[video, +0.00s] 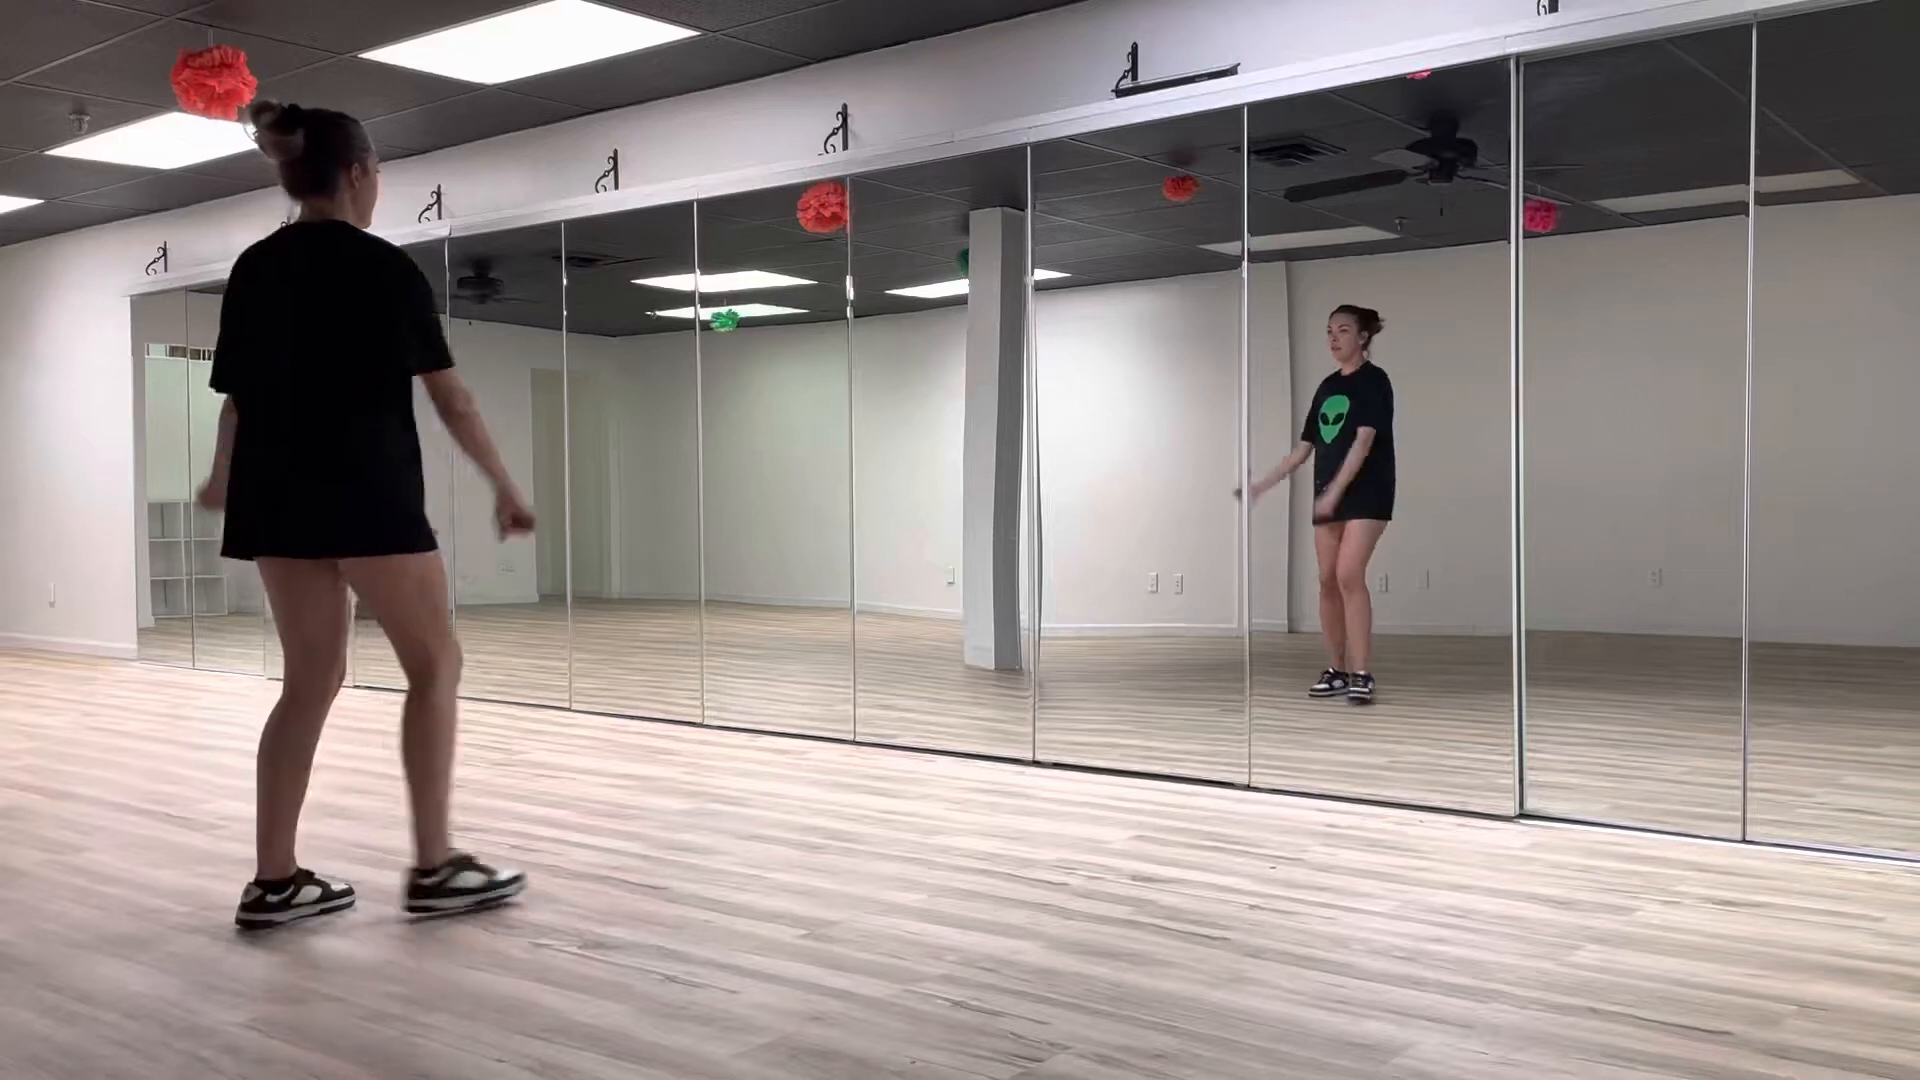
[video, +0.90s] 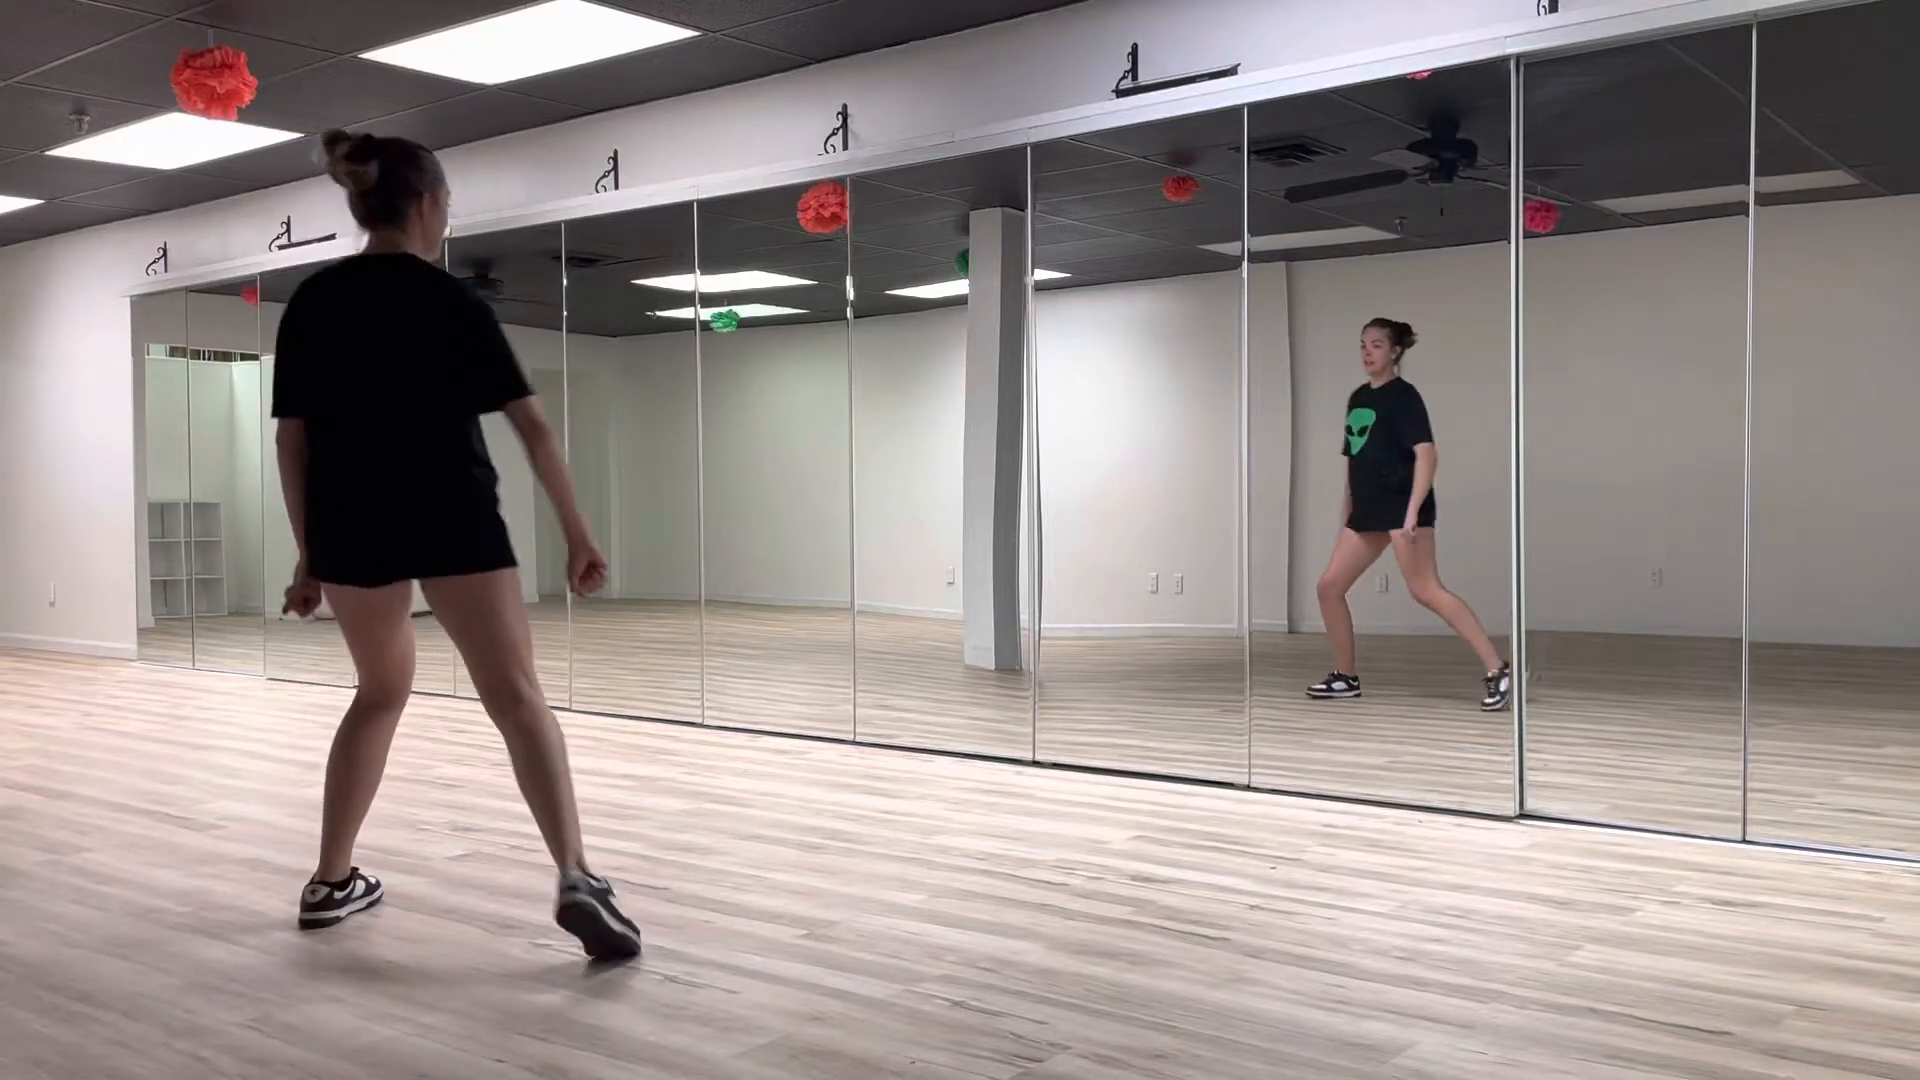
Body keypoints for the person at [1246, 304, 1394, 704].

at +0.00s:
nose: (1335, 338)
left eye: (1343, 331)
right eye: (1331, 332)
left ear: (1363, 336)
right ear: (1328, 339)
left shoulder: (1375, 381)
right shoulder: (1327, 387)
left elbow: (1363, 443)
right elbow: (1302, 449)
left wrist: (1333, 491)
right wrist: (1264, 482)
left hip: (1368, 491)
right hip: (1329, 491)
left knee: (1350, 576)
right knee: (1328, 579)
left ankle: (1361, 674)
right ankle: (1337, 671)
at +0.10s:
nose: (1343, 338)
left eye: (1351, 331)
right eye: (1339, 332)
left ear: (1372, 336)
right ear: (1337, 338)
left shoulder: (1381, 379)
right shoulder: (1337, 385)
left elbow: (1371, 434)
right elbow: (1308, 443)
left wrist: (1326, 449)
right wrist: (1253, 439)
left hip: (1375, 487)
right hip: (1336, 489)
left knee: (1364, 574)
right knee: (1332, 580)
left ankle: (1400, 670)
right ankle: (1338, 673)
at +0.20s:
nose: (1353, 337)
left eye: (1362, 330)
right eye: (1349, 331)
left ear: (1382, 335)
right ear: (1347, 337)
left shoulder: (1389, 377)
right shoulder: (1350, 383)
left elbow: (1392, 419)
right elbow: (1325, 428)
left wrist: (1339, 408)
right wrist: (1287, 405)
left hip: (1384, 486)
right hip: (1349, 488)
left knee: (1384, 576)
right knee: (1332, 581)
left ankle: (1449, 658)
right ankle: (1337, 672)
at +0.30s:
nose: (1364, 341)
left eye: (1372, 333)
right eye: (1360, 335)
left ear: (1393, 338)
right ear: (1359, 340)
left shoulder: (1399, 375)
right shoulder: (1371, 384)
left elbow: (1422, 399)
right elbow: (1358, 418)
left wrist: (1367, 383)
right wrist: (1326, 394)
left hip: (1397, 490)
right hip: (1366, 493)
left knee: (1412, 580)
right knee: (1333, 580)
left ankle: (1482, 663)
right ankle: (1341, 673)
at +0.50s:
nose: (1385, 365)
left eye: (1393, 357)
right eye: (1381, 358)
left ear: (1415, 361)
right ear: (1381, 363)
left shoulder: (1425, 396)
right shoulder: (1397, 404)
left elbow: (1475, 393)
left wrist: (1425, 403)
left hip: (1432, 515)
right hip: (1404, 519)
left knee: (1451, 601)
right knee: (1347, 584)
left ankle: (1518, 678)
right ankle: (1344, 676)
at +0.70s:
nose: (1387, 370)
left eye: (1396, 362)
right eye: (1384, 363)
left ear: (1418, 367)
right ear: (1382, 368)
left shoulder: (1431, 405)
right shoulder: (1396, 411)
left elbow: (1475, 425)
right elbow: (1412, 454)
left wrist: (1431, 459)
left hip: (1437, 524)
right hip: (1403, 527)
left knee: (1452, 605)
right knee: (1343, 587)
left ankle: (1521, 681)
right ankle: (1347, 677)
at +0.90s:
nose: (1367, 352)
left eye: (1376, 346)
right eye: (1364, 345)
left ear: (1396, 352)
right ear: (1360, 350)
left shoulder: (1405, 396)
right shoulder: (1358, 399)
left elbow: (1426, 455)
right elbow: (1353, 462)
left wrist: (1413, 511)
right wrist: (1350, 513)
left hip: (1408, 508)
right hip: (1369, 510)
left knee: (1427, 589)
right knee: (1329, 587)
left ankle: (1496, 670)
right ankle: (1346, 676)